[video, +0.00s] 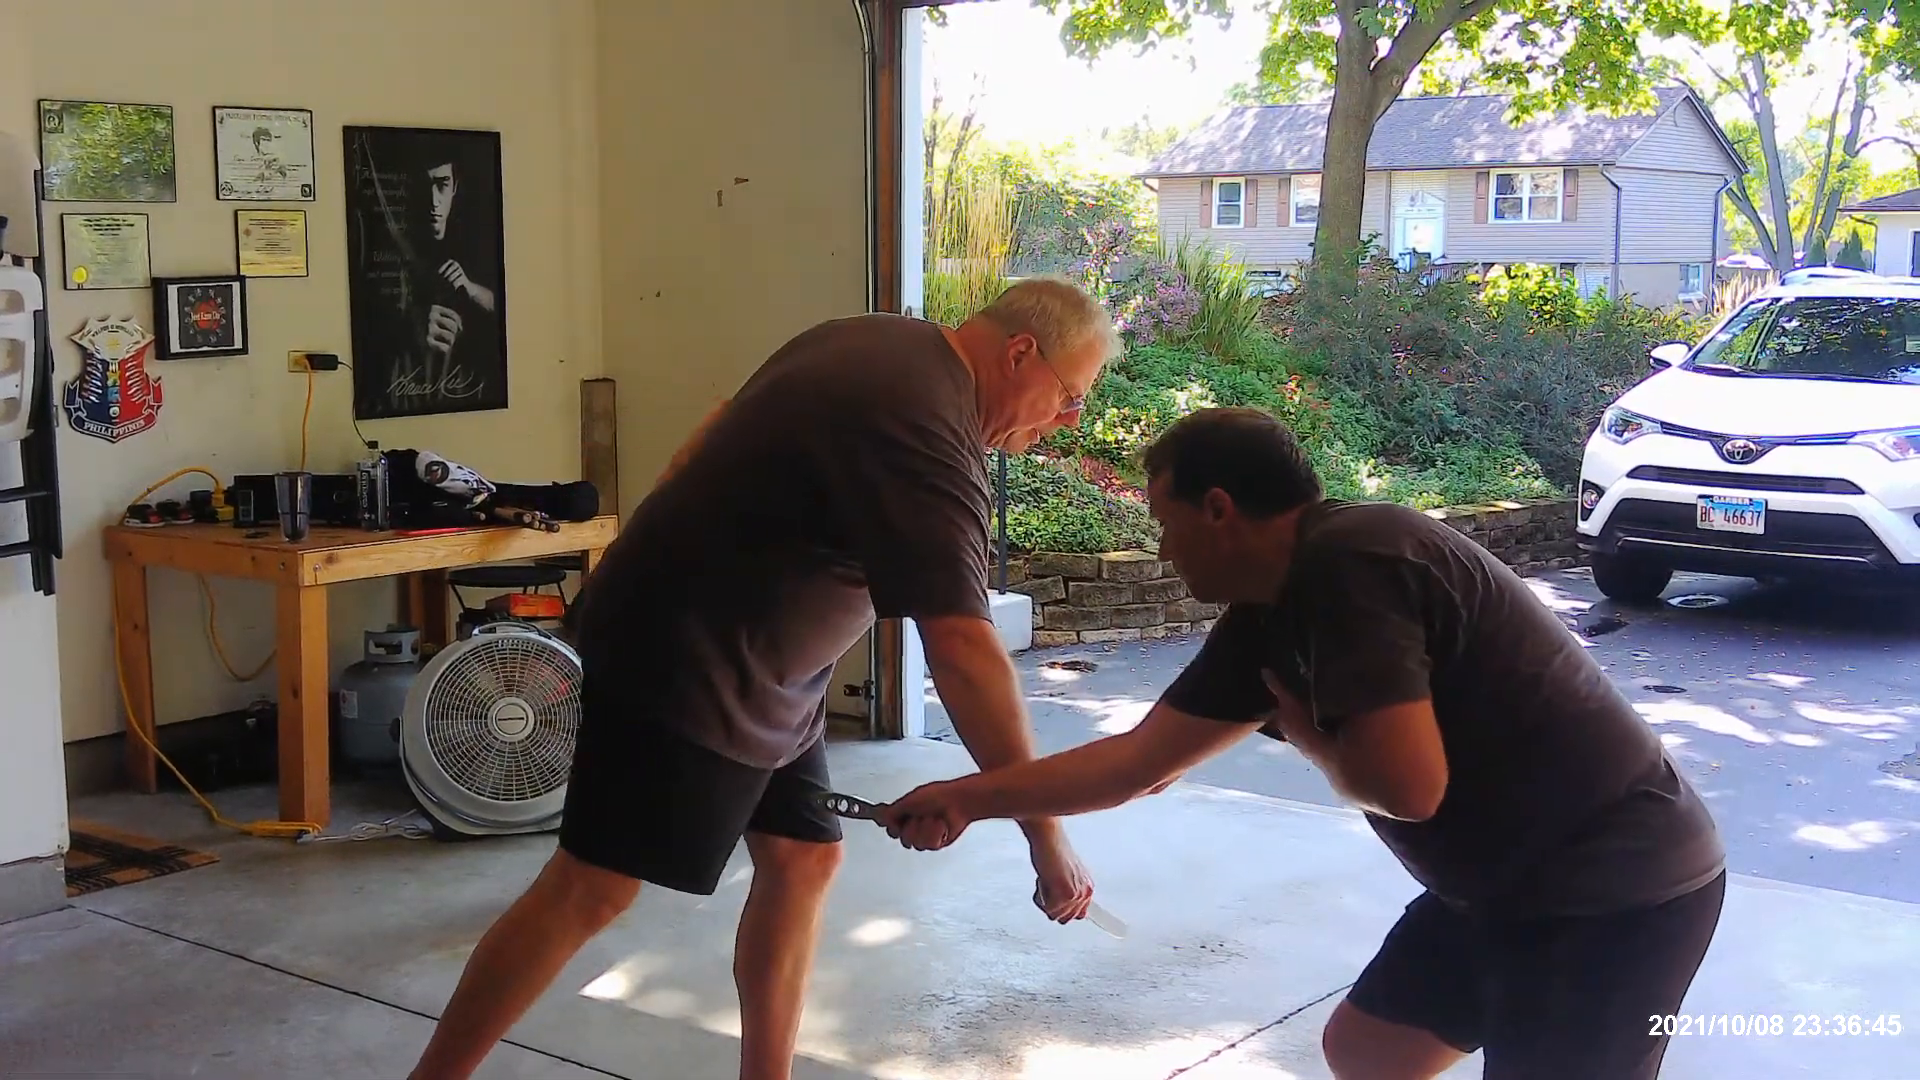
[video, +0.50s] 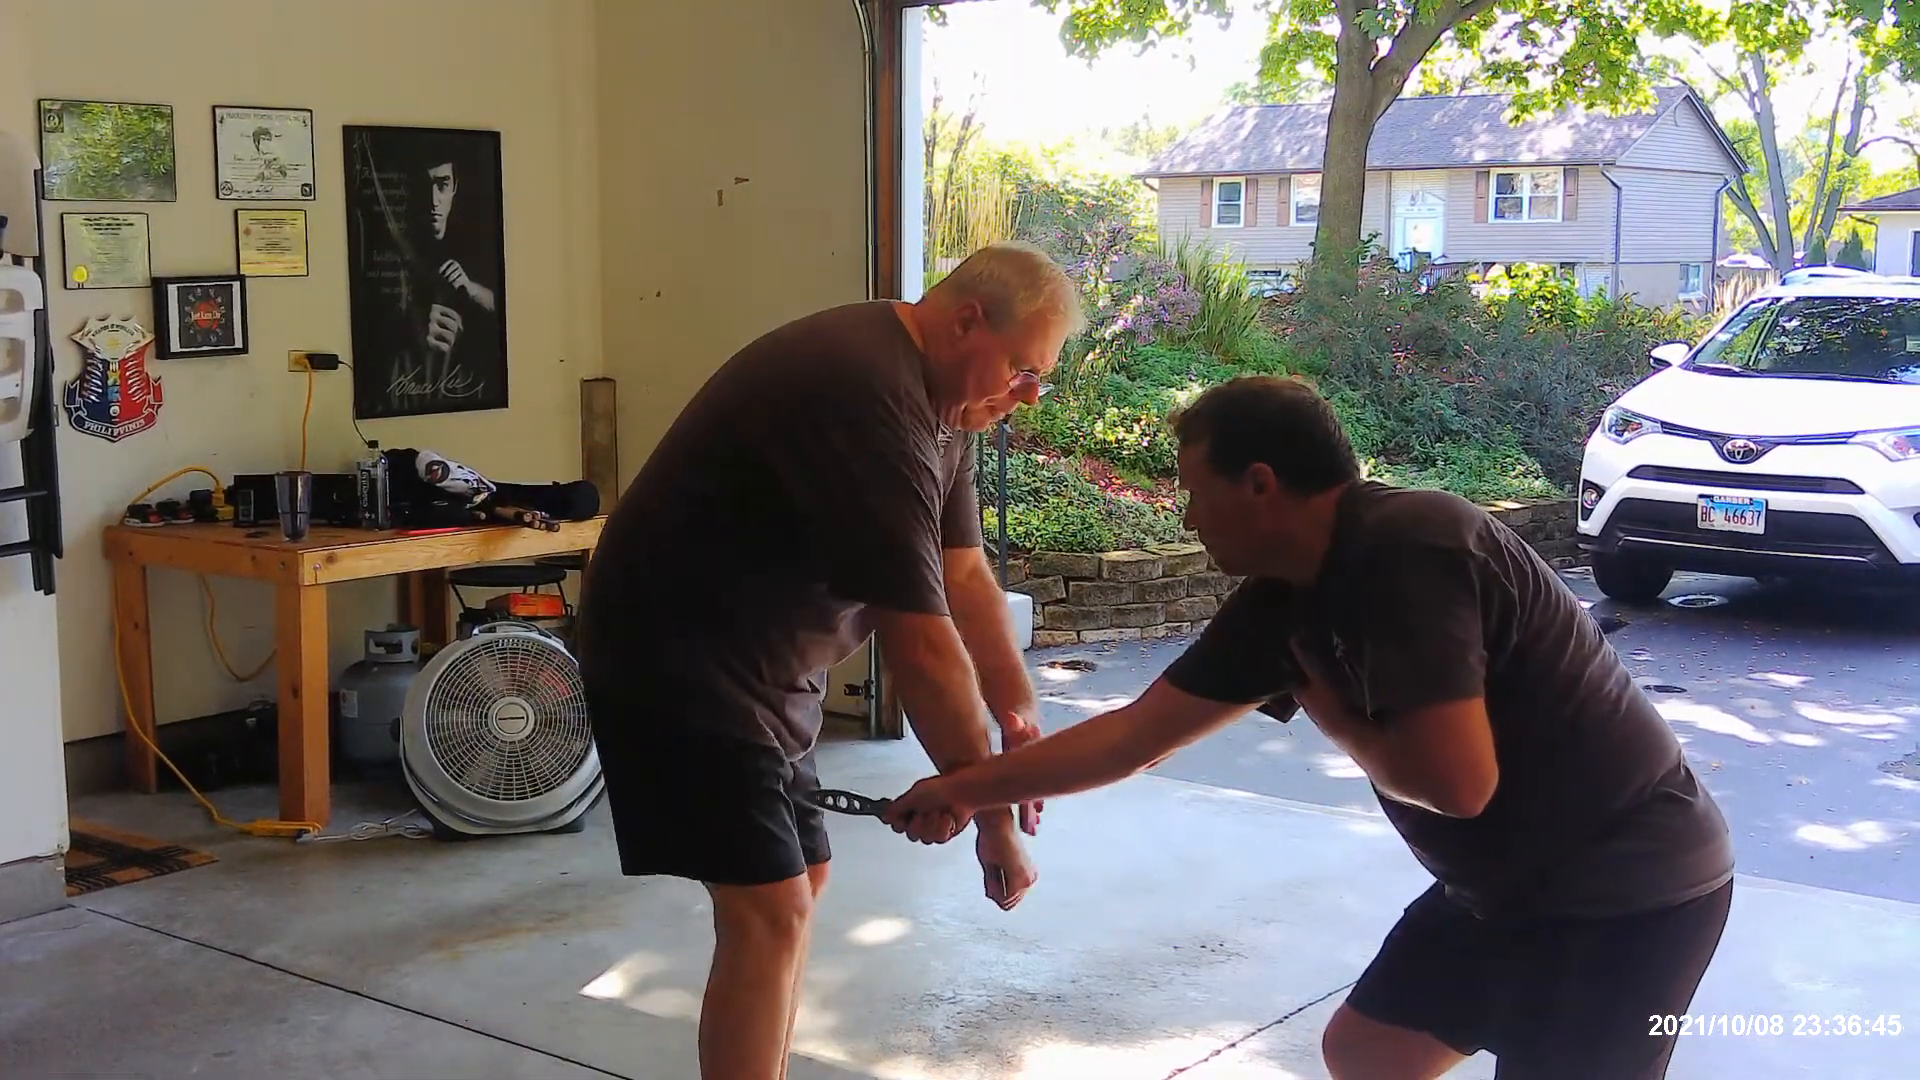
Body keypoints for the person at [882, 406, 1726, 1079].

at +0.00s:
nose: (1160, 543)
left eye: (1165, 520)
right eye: (1157, 523)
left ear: (1220, 512)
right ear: (1232, 509)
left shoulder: (1356, 566)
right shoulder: (1269, 613)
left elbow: (1409, 789)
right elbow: (1140, 759)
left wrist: (1321, 741)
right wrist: (966, 798)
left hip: (1622, 882)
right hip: (1498, 881)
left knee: (1545, 1077)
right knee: (1367, 1047)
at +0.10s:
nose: (1169, 537)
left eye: (1174, 513)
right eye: (1167, 516)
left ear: (1231, 505)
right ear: (1240, 503)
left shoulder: (1371, 559)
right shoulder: (1276, 609)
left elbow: (1419, 788)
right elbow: (1142, 753)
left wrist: (1334, 742)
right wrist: (969, 793)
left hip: (1623, 882)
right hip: (1498, 880)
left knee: (1552, 1074)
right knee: (1366, 1048)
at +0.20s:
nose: (1176, 532)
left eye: (1181, 506)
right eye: (1174, 508)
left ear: (1241, 498)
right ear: (1249, 495)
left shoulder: (1383, 552)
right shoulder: (1283, 606)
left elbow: (1430, 785)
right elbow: (1140, 746)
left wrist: (1334, 734)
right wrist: (959, 792)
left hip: (1627, 884)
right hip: (1497, 881)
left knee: (1555, 1071)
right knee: (1367, 1048)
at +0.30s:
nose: (1178, 511)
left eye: (1187, 489)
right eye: (1178, 490)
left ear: (1250, 493)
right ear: (1253, 491)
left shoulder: (1391, 553)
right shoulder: (1282, 602)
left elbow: (1439, 784)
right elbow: (1141, 738)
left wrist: (1336, 729)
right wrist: (966, 785)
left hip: (1628, 885)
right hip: (1496, 881)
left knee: (1561, 1070)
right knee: (1367, 1047)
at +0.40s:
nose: (1181, 508)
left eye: (1189, 484)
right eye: (1181, 485)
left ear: (1255, 490)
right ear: (1258, 490)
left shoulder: (1400, 550)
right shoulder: (1282, 599)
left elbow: (1451, 783)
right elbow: (1138, 735)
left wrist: (1336, 724)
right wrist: (966, 787)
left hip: (1630, 883)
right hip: (1495, 880)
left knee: (1572, 1069)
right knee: (1366, 1047)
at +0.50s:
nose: (1183, 506)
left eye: (1192, 482)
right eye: (1183, 483)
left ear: (1261, 487)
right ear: (1262, 488)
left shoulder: (1409, 552)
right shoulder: (1281, 598)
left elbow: (1463, 784)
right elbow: (1138, 732)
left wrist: (1341, 724)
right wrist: (972, 788)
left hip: (1634, 883)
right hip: (1498, 877)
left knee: (1573, 1066)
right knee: (1365, 1047)